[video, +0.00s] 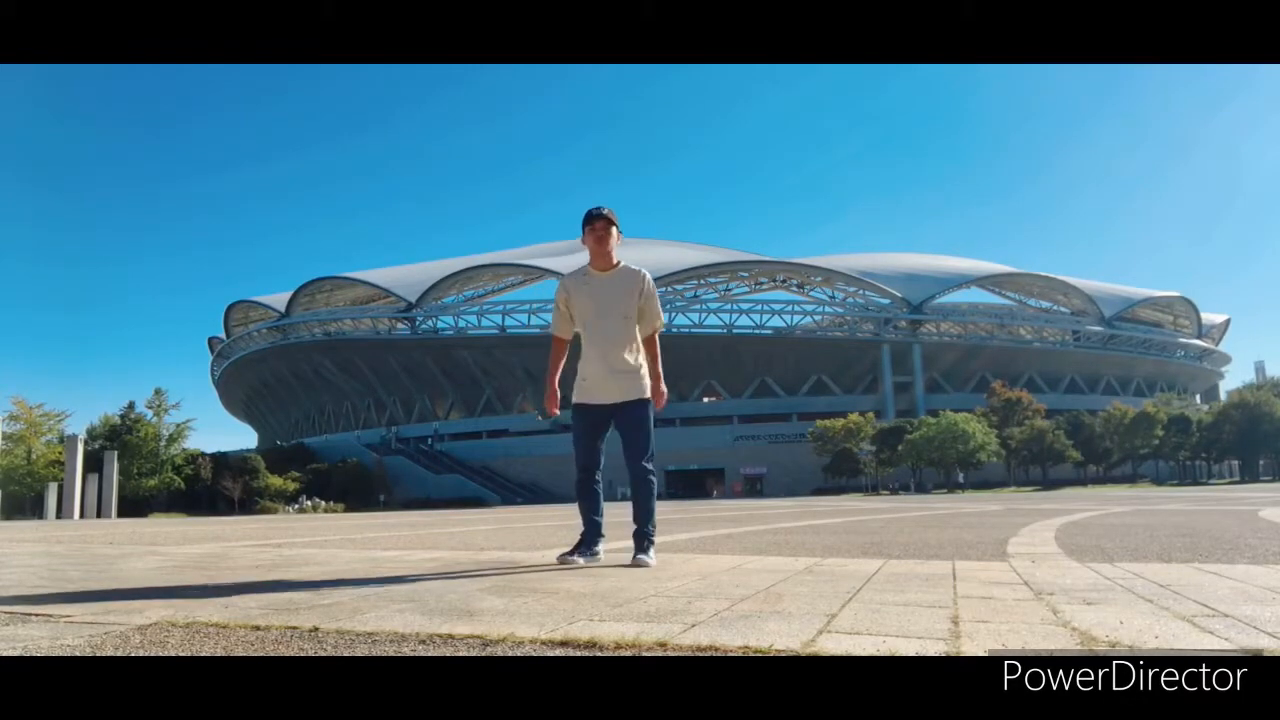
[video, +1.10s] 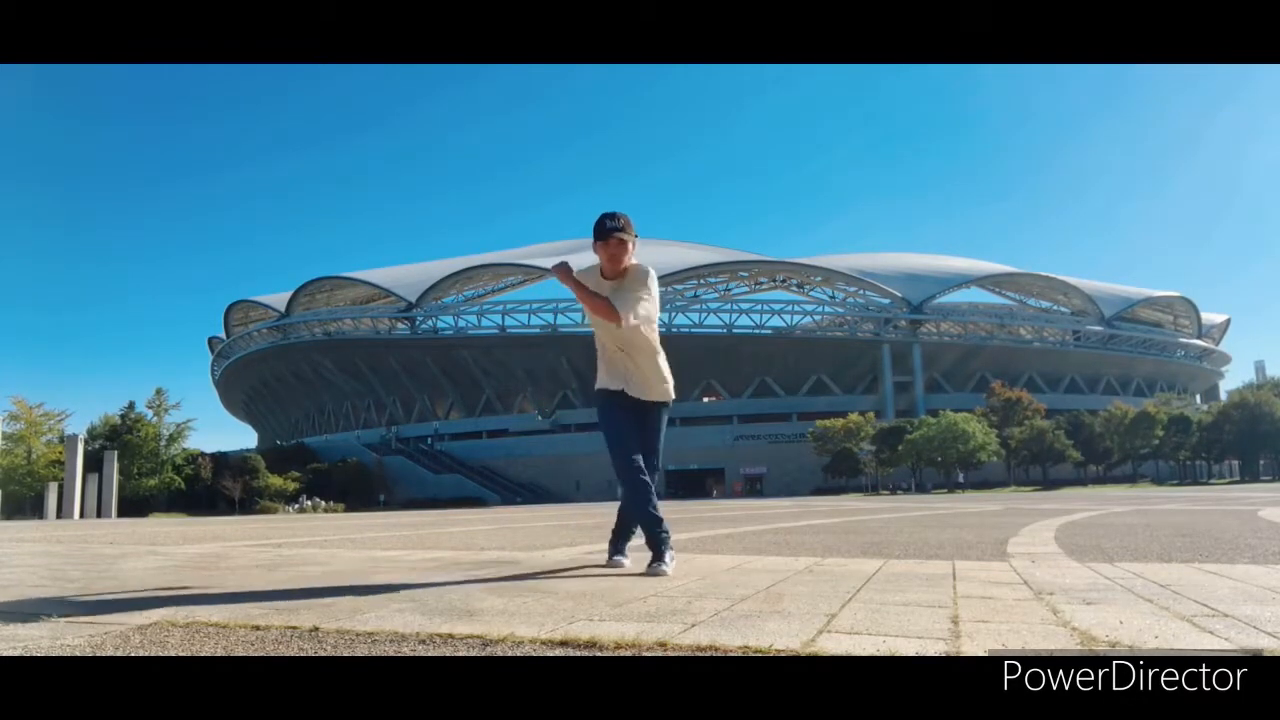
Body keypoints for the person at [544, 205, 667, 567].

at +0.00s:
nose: (601, 234)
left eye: (606, 228)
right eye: (594, 230)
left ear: (618, 236)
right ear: (584, 239)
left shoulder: (638, 279)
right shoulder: (570, 285)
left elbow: (650, 335)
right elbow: (560, 339)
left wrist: (657, 379)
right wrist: (552, 385)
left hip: (634, 389)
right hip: (589, 391)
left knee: (641, 468)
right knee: (586, 471)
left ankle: (644, 543)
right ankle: (591, 542)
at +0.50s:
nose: (633, 253)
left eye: (640, 247)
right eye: (627, 246)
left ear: (650, 253)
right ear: (614, 251)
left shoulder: (656, 296)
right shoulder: (593, 283)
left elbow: (655, 343)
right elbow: (572, 333)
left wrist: (657, 373)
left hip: (631, 392)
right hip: (591, 389)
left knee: (624, 466)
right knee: (602, 466)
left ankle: (620, 543)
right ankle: (616, 533)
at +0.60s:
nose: (639, 253)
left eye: (646, 247)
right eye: (631, 247)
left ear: (655, 253)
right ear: (620, 253)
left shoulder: (663, 293)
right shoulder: (595, 293)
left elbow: (646, 336)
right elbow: (555, 329)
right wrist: (525, 365)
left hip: (635, 395)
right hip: (591, 391)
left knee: (630, 471)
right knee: (581, 456)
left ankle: (618, 545)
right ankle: (603, 484)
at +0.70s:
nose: (628, 260)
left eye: (635, 254)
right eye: (620, 254)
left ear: (647, 259)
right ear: (610, 260)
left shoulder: (666, 293)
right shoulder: (593, 299)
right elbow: (558, 319)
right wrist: (534, 343)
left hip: (637, 405)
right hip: (594, 396)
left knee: (637, 477)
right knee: (560, 457)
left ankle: (618, 547)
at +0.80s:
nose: (614, 265)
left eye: (621, 259)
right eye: (607, 259)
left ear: (634, 264)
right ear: (597, 265)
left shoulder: (655, 311)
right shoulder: (586, 299)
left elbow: (686, 326)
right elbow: (574, 325)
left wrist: (712, 329)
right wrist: (572, 350)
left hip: (640, 400)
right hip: (599, 383)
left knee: (636, 476)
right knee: (567, 435)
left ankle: (616, 546)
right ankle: (544, 438)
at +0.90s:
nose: (613, 262)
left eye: (620, 255)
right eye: (606, 255)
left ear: (632, 259)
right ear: (594, 259)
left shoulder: (645, 302)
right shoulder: (582, 294)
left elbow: (658, 360)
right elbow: (593, 336)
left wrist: (665, 411)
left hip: (640, 385)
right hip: (601, 375)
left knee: (638, 472)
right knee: (598, 417)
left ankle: (619, 544)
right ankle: (598, 508)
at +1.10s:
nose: (615, 251)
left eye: (622, 244)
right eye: (608, 244)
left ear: (633, 246)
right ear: (596, 246)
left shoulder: (644, 277)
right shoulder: (587, 279)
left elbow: (618, 316)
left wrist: (570, 281)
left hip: (652, 385)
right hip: (611, 384)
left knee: (647, 469)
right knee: (629, 465)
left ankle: (619, 543)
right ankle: (661, 544)